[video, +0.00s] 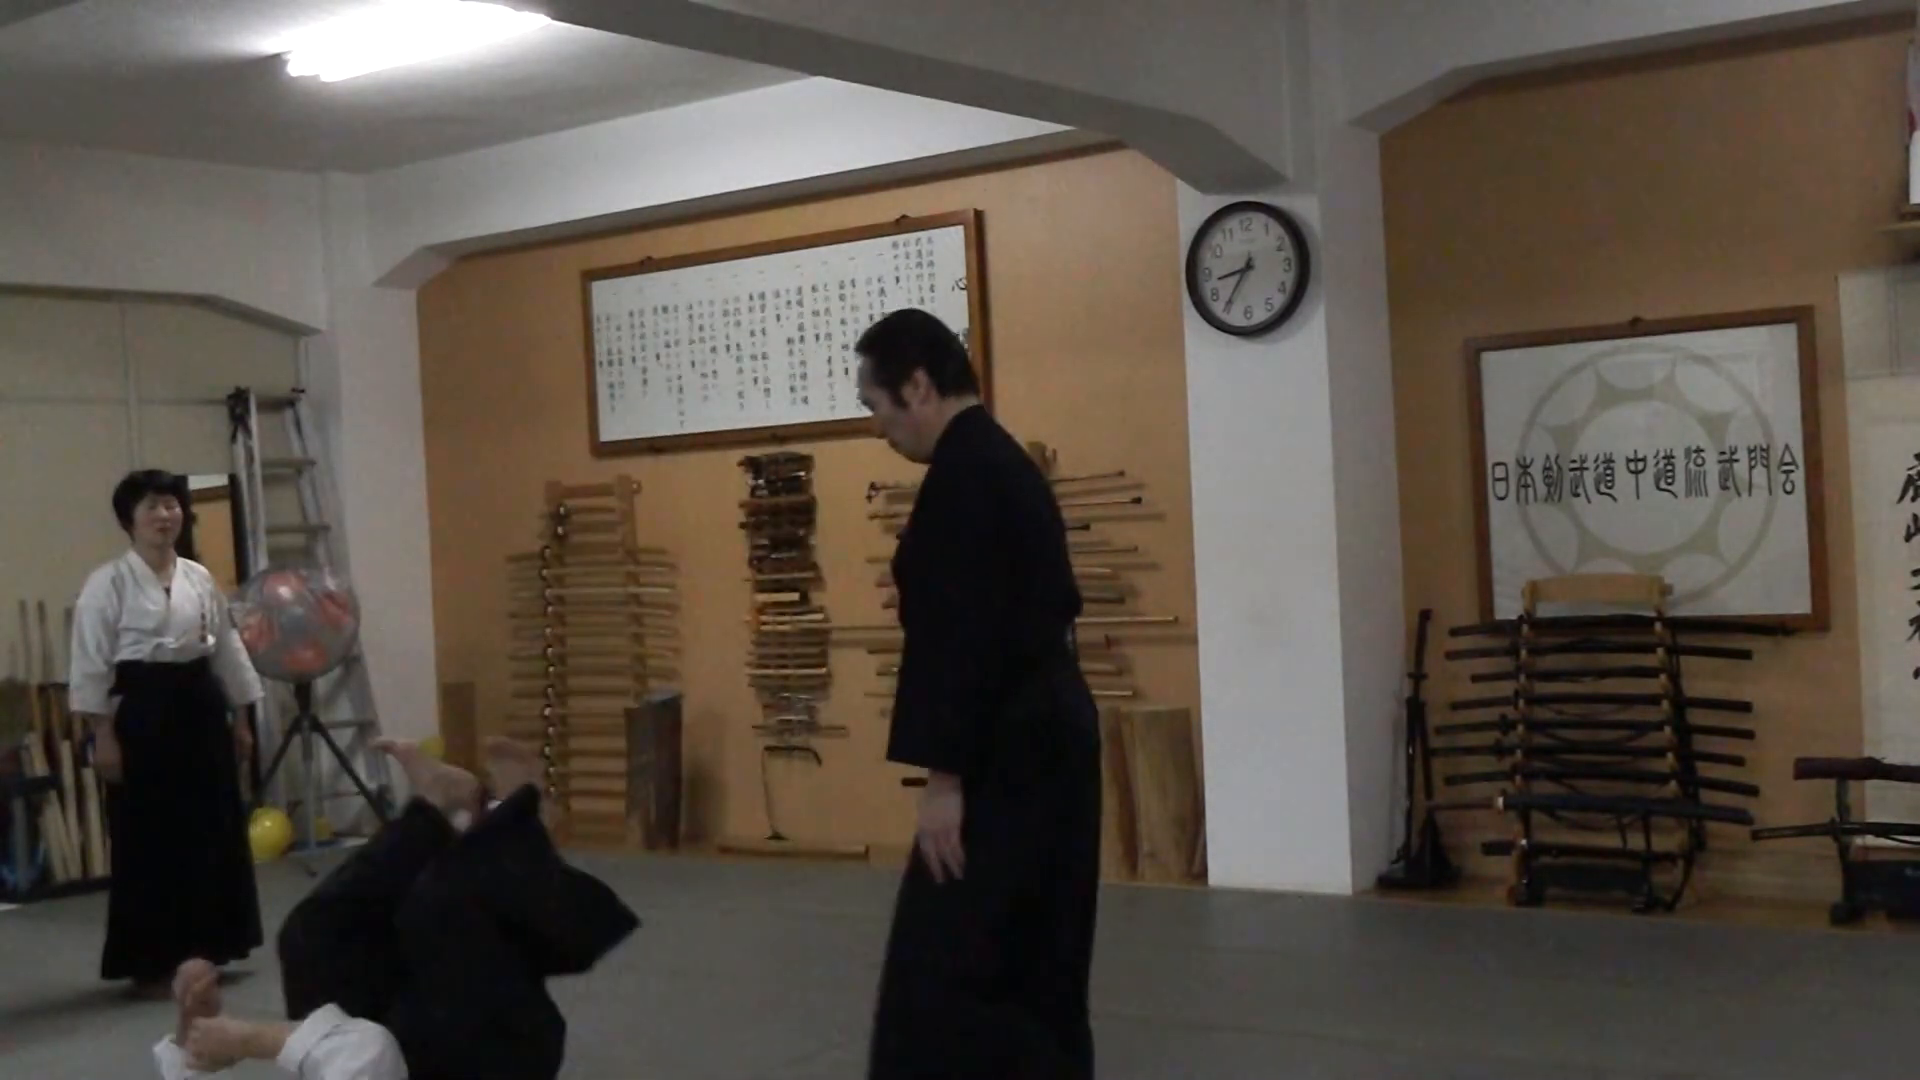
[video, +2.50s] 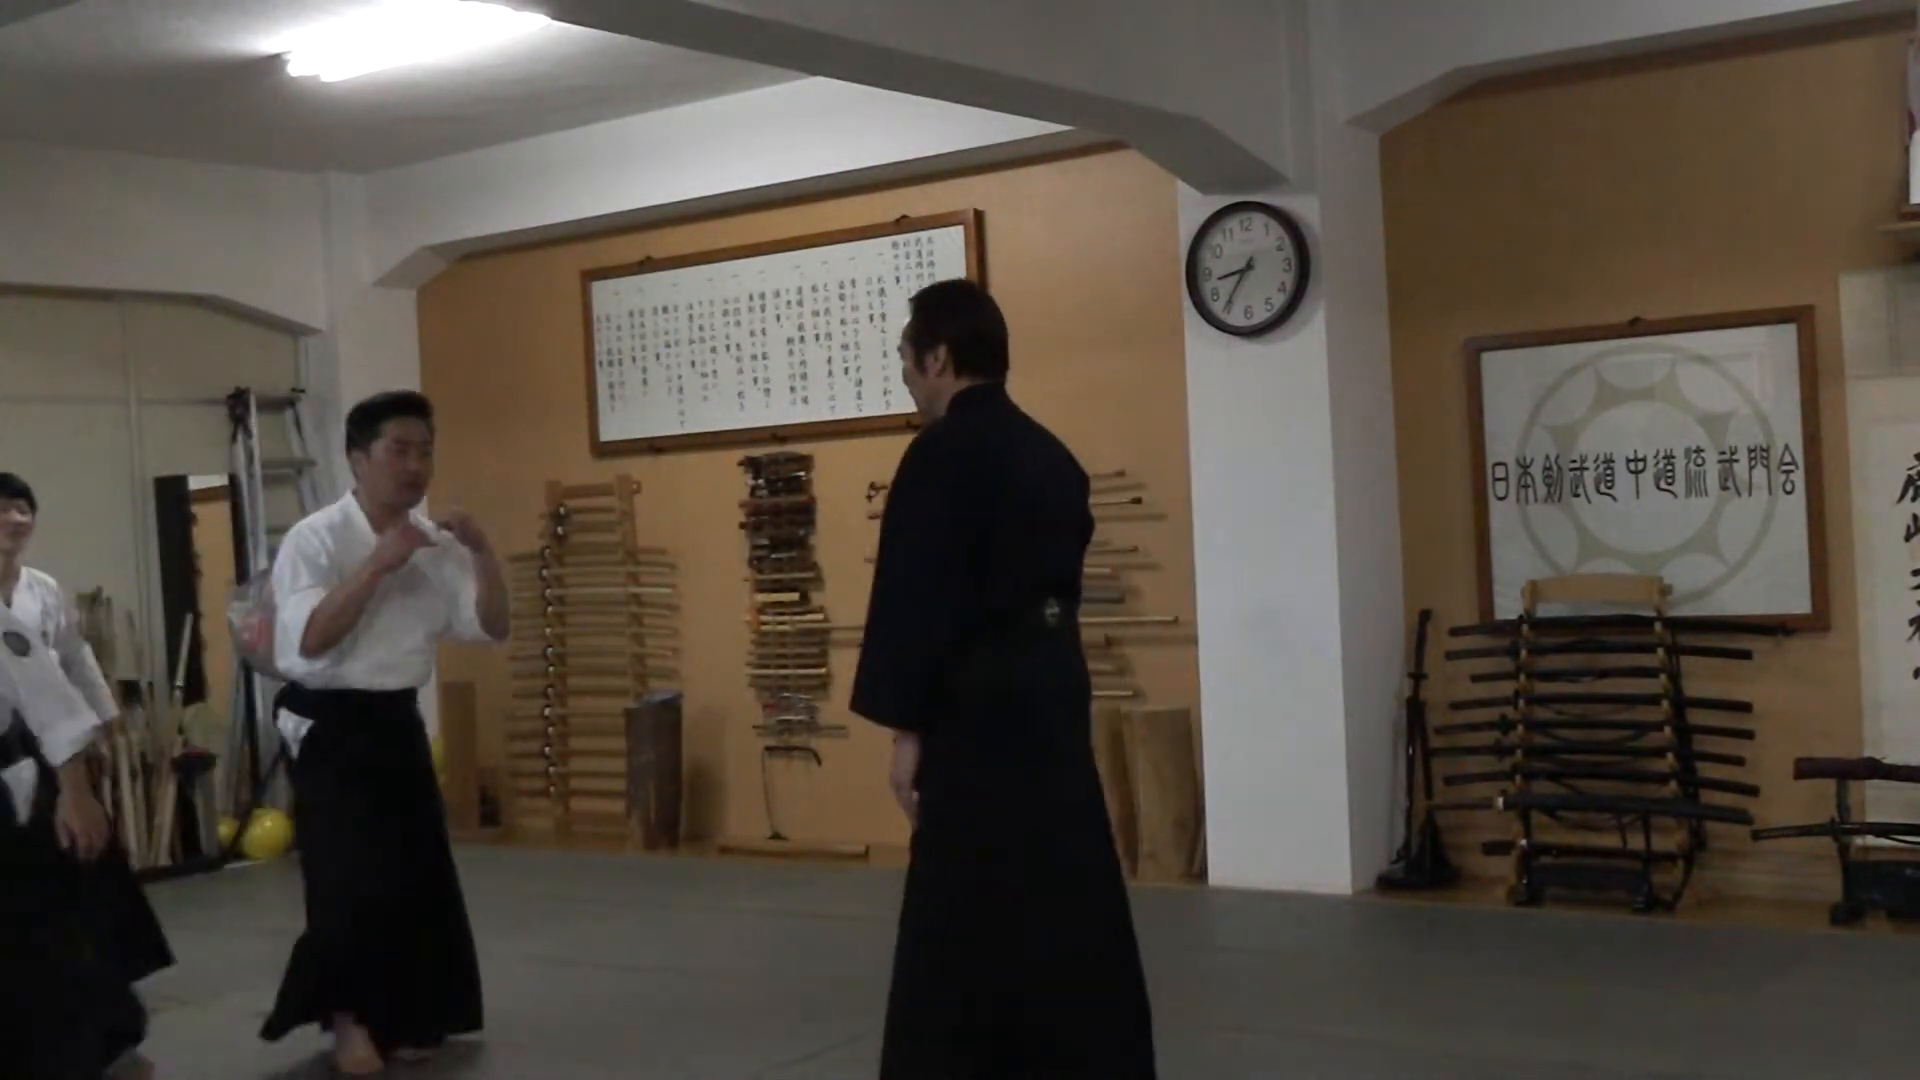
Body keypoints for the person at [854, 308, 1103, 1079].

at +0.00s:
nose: (878, 427)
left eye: (877, 407)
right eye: (872, 411)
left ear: (919, 388)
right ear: (938, 384)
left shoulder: (963, 472)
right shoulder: (1003, 462)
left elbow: (956, 634)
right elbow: (1043, 605)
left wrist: (942, 780)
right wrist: (929, 590)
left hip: (1005, 754)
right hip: (1048, 742)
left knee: (937, 976)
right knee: (1035, 967)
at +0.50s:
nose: (1016, 375)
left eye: (1019, 353)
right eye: (1012, 356)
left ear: (1067, 343)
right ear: (1085, 340)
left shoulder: (1109, 439)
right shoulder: (1155, 425)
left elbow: (1109, 611)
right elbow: (1197, 590)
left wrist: (1107, 764)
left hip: (1165, 725)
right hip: (1210, 707)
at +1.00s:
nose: (1068, 354)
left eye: (1074, 332)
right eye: (1067, 333)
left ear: (1120, 330)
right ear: (1142, 329)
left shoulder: (1138, 437)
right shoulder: (1219, 426)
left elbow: (1101, 599)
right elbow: (1219, 599)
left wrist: (1077, 753)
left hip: (1170, 737)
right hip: (1238, 721)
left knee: (1166, 964)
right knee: (1243, 952)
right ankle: (1254, 1070)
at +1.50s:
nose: (1034, 362)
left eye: (1041, 343)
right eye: (1034, 344)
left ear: (1083, 341)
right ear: (1113, 344)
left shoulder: (1087, 448)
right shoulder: (1185, 444)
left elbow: (1061, 604)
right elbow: (1180, 605)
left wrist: (1040, 753)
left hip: (1112, 740)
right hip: (1191, 728)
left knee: (1109, 957)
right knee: (1200, 945)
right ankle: (1211, 1068)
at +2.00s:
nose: (981, 373)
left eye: (983, 354)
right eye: (979, 355)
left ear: (1020, 352)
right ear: (1059, 352)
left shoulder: (1026, 447)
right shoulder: (1122, 445)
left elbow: (1004, 593)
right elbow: (1153, 597)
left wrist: (992, 722)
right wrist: (1142, 694)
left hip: (1056, 724)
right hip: (1132, 719)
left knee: (1029, 935)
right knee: (1132, 927)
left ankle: (1035, 1069)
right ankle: (1135, 1065)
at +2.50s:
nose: (907, 376)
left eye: (910, 358)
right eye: (907, 359)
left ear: (937, 358)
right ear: (991, 358)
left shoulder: (939, 453)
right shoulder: (1048, 454)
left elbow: (915, 598)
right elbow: (1053, 605)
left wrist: (910, 731)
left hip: (971, 725)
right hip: (1051, 716)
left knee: (965, 928)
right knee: (1062, 914)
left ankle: (969, 1065)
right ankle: (1074, 1062)